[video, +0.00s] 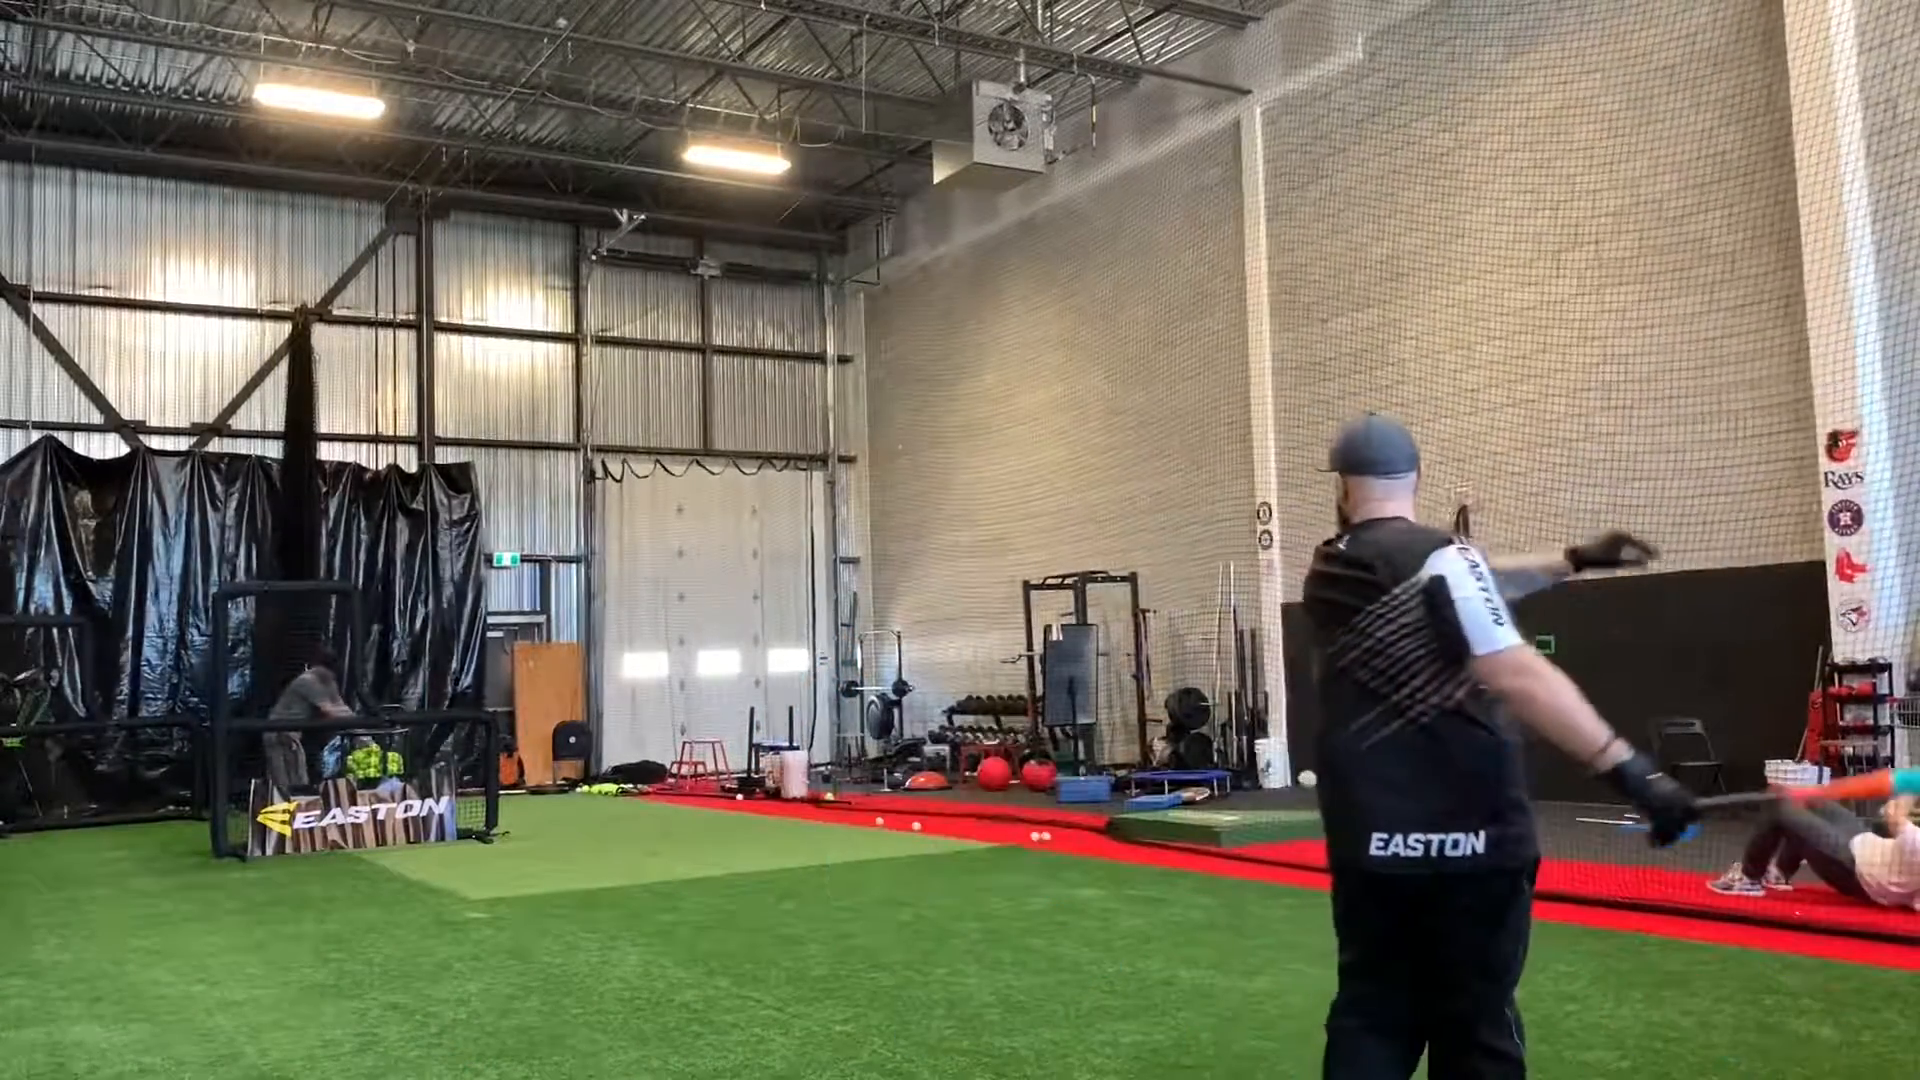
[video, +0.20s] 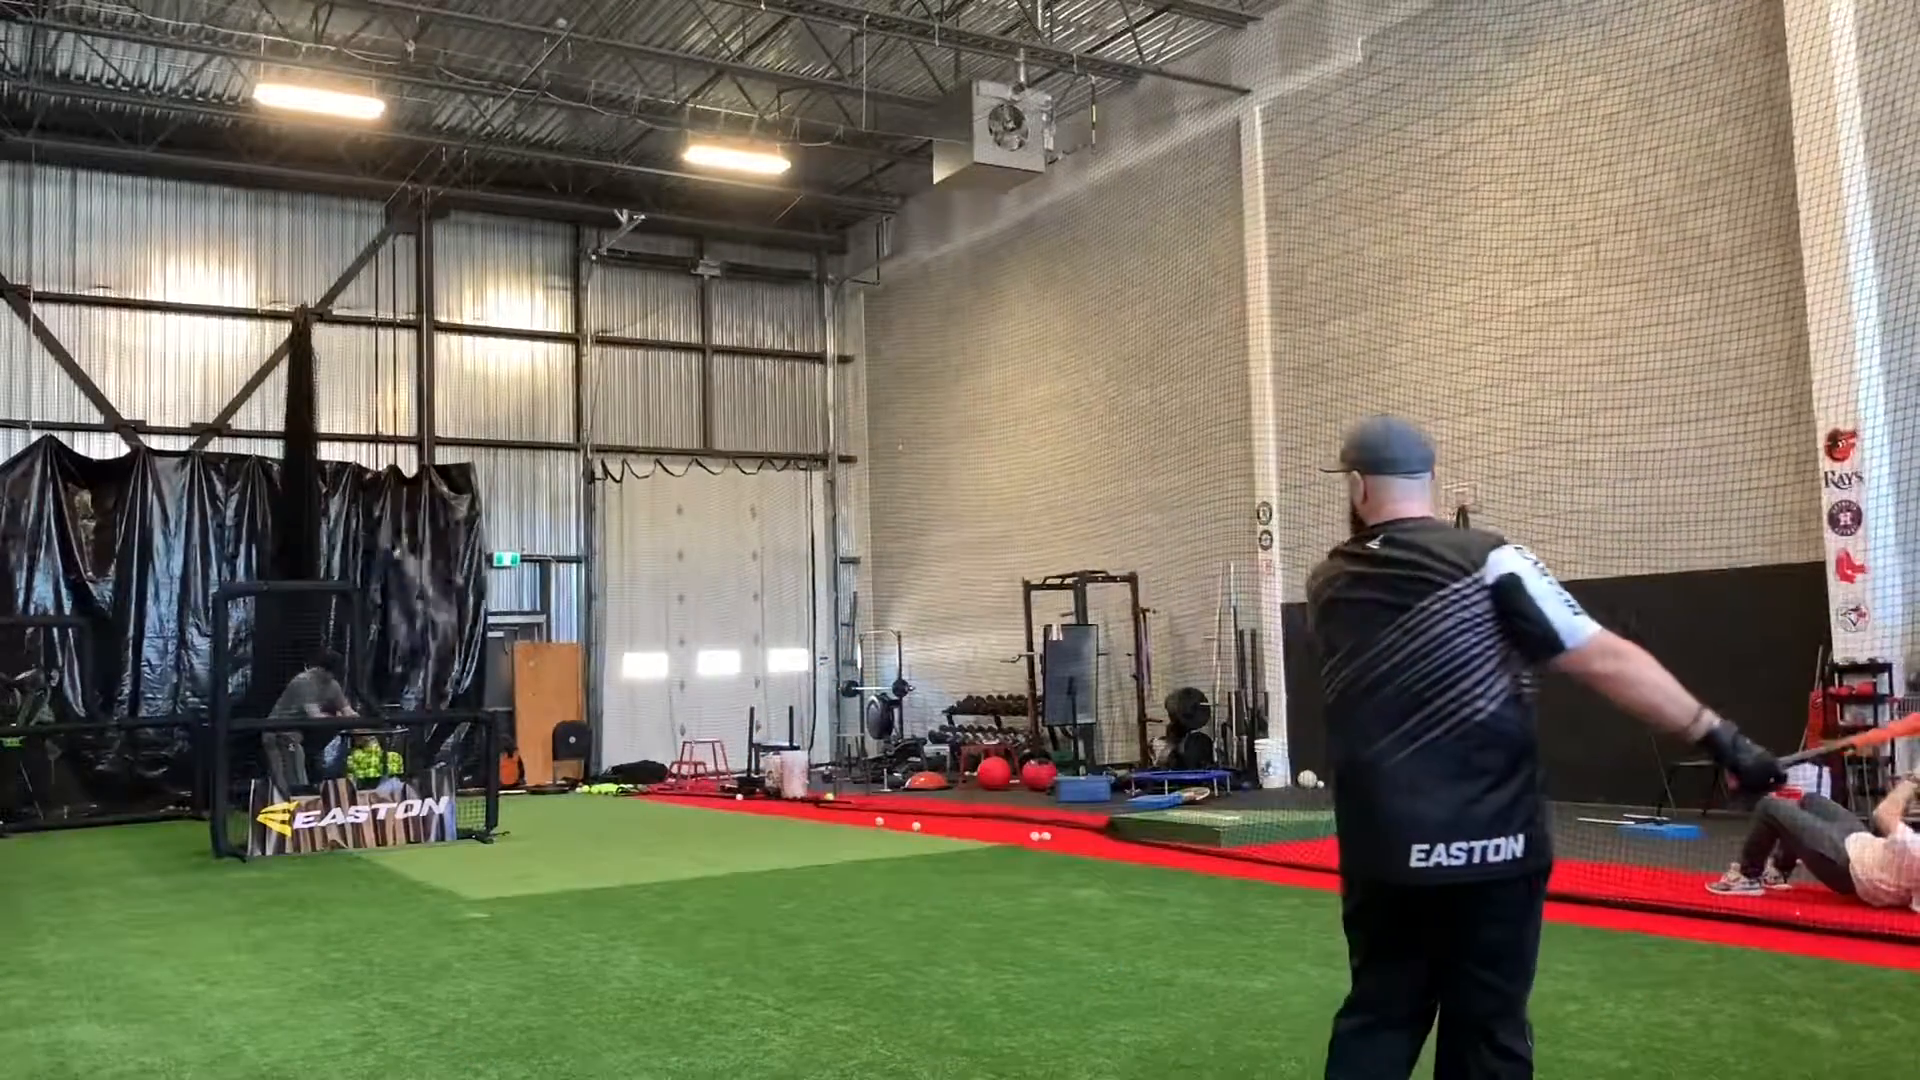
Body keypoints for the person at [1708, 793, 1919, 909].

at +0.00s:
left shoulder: (1916, 845)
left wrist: (1899, 821)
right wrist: (1901, 817)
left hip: (1861, 874)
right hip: (1876, 852)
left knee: (1783, 812)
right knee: (1820, 807)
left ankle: (1748, 876)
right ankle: (1780, 874)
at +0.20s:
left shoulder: (1911, 851)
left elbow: (1884, 816)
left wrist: (1906, 785)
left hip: (1854, 867)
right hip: (1871, 848)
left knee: (1770, 806)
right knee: (1813, 801)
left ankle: (1747, 873)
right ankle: (1779, 870)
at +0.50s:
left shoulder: (1917, 844)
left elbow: (1892, 820)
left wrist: (1909, 791)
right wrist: (1909, 794)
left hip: (1865, 862)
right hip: (1879, 843)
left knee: (1782, 813)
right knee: (1821, 805)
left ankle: (1749, 874)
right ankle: (1791, 867)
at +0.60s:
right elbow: (1901, 821)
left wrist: (1909, 826)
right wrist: (1910, 823)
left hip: (1875, 874)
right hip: (1886, 848)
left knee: (1789, 816)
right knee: (1826, 806)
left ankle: (1750, 874)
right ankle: (1789, 868)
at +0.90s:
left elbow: (1902, 827)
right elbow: (1903, 827)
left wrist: (1906, 816)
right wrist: (1907, 810)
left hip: (1871, 874)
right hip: (1884, 850)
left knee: (1788, 812)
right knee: (1824, 803)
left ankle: (1750, 875)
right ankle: (1792, 871)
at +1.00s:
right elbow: (1904, 840)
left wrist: (1902, 819)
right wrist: (1901, 816)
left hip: (1870, 872)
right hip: (1888, 851)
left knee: (1788, 812)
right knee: (1823, 803)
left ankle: (1749, 874)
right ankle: (1792, 870)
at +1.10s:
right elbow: (1902, 839)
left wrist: (1899, 815)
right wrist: (1902, 805)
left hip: (1869, 876)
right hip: (1882, 851)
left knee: (1789, 817)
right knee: (1822, 806)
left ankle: (1749, 874)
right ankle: (1793, 870)